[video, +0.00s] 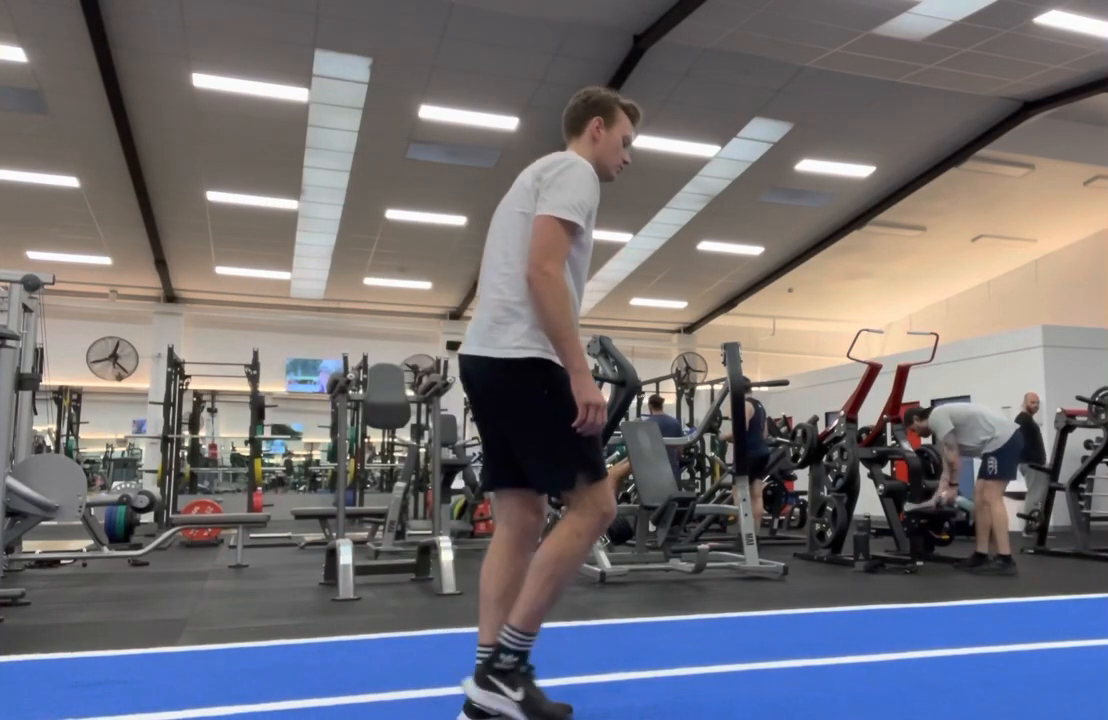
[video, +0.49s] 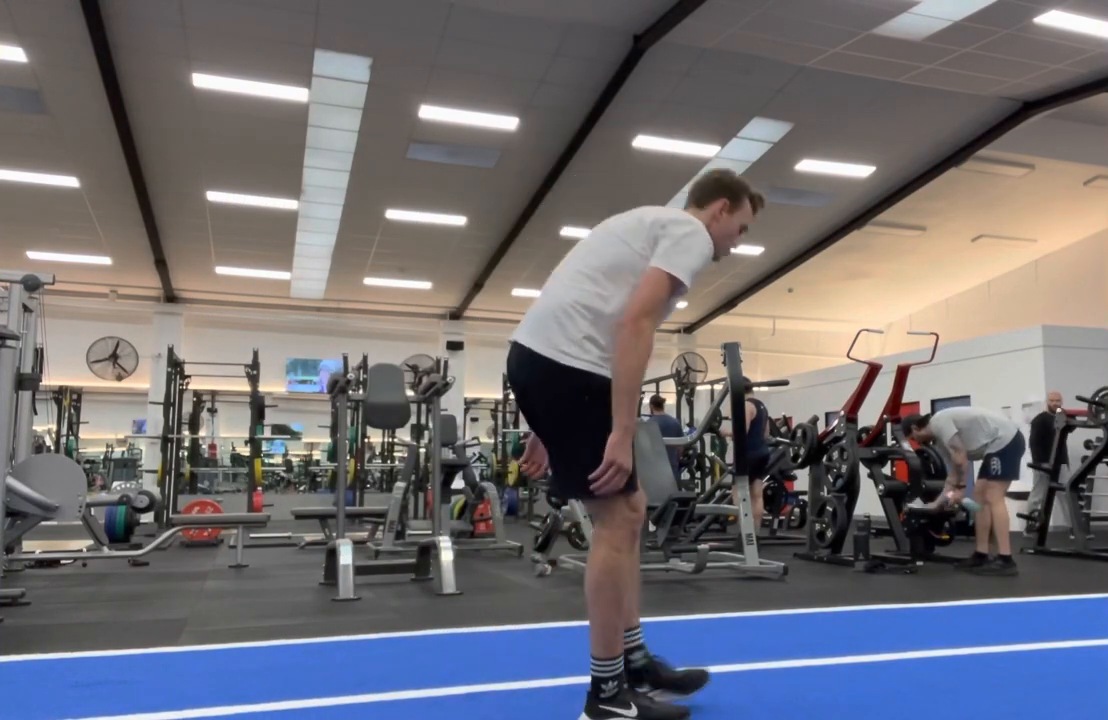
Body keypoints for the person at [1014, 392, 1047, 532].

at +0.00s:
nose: (1035, 405)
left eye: (1037, 403)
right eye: (1032, 402)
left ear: (1039, 404)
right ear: (1025, 403)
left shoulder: (1029, 420)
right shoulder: (1024, 420)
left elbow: (1030, 443)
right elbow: (1023, 443)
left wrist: (1041, 461)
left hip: (1035, 463)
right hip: (1030, 463)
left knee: (1037, 495)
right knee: (1036, 494)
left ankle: (1034, 526)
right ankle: (1030, 527)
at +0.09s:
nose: (1039, 405)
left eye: (1041, 403)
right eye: (1036, 402)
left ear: (1042, 404)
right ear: (1028, 403)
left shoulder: (1033, 420)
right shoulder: (1027, 420)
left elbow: (1037, 443)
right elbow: (1026, 442)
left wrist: (1045, 461)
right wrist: (1025, 460)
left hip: (1039, 463)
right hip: (1033, 463)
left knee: (1038, 494)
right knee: (1035, 494)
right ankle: (1029, 525)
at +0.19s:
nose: (1042, 405)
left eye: (1044, 402)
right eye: (1039, 402)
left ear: (1046, 404)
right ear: (1033, 403)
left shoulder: (1035, 419)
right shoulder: (1031, 420)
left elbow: (1039, 442)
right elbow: (1033, 443)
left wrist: (1046, 458)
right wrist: (1043, 460)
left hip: (1039, 463)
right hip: (1035, 464)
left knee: (1036, 494)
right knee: (1035, 494)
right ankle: (1029, 526)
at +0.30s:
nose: (1047, 404)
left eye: (1049, 402)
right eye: (1044, 401)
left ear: (1051, 404)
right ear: (1037, 402)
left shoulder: (1042, 419)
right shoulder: (1035, 419)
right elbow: (1033, 442)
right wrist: (1039, 460)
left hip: (1039, 463)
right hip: (1037, 463)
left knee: (1036, 495)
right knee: (1035, 495)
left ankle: (1032, 526)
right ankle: (1029, 527)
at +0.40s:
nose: (1051, 405)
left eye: (1053, 402)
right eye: (1048, 402)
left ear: (1056, 403)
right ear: (1042, 403)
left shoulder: (1050, 421)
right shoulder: (1040, 421)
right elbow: (1036, 444)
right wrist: (1041, 462)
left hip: (1044, 465)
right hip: (1040, 465)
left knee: (1039, 497)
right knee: (1035, 497)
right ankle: (1030, 527)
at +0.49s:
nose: (1055, 403)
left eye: (1057, 401)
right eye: (1052, 401)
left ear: (1061, 402)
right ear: (1047, 402)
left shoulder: (1063, 420)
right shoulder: (1039, 420)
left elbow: (1070, 428)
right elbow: (1034, 442)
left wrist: (1068, 417)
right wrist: (1039, 462)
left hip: (1060, 464)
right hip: (1043, 464)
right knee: (1037, 495)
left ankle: (1074, 527)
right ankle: (1030, 527)